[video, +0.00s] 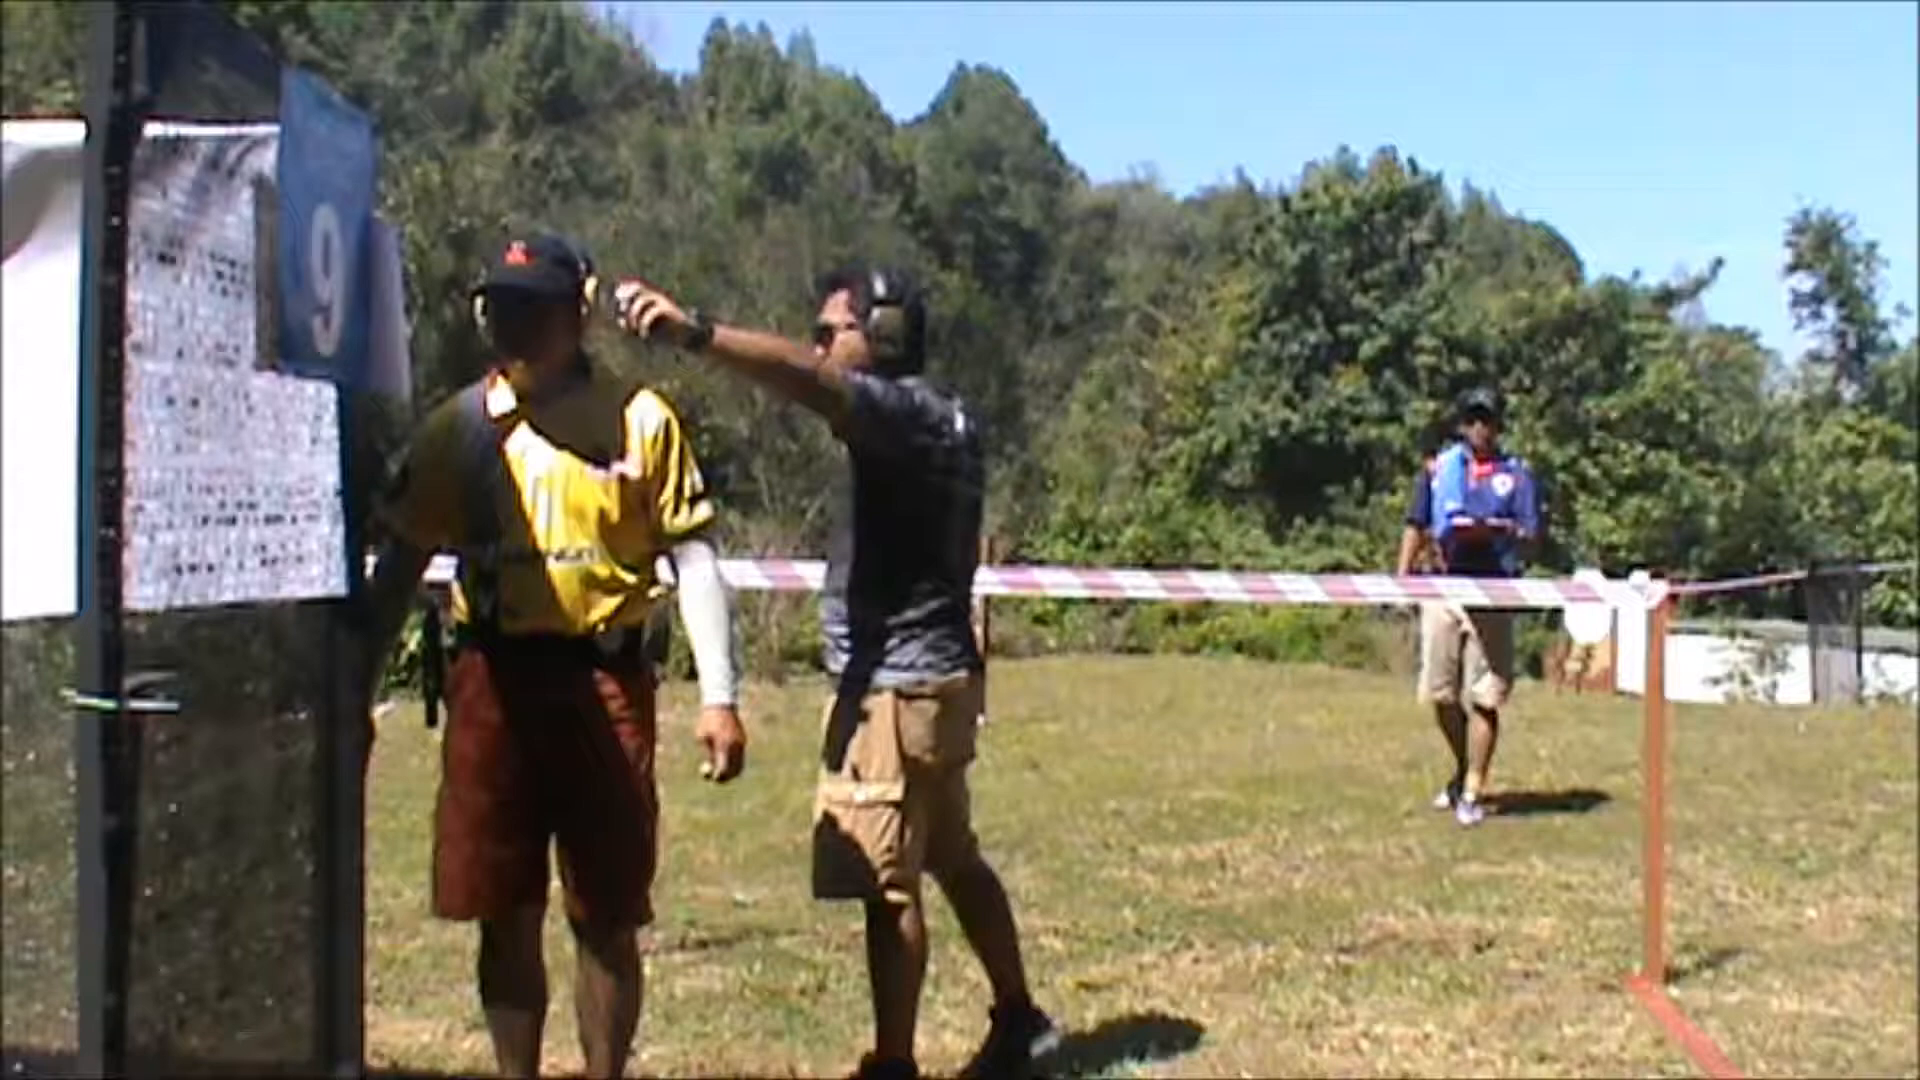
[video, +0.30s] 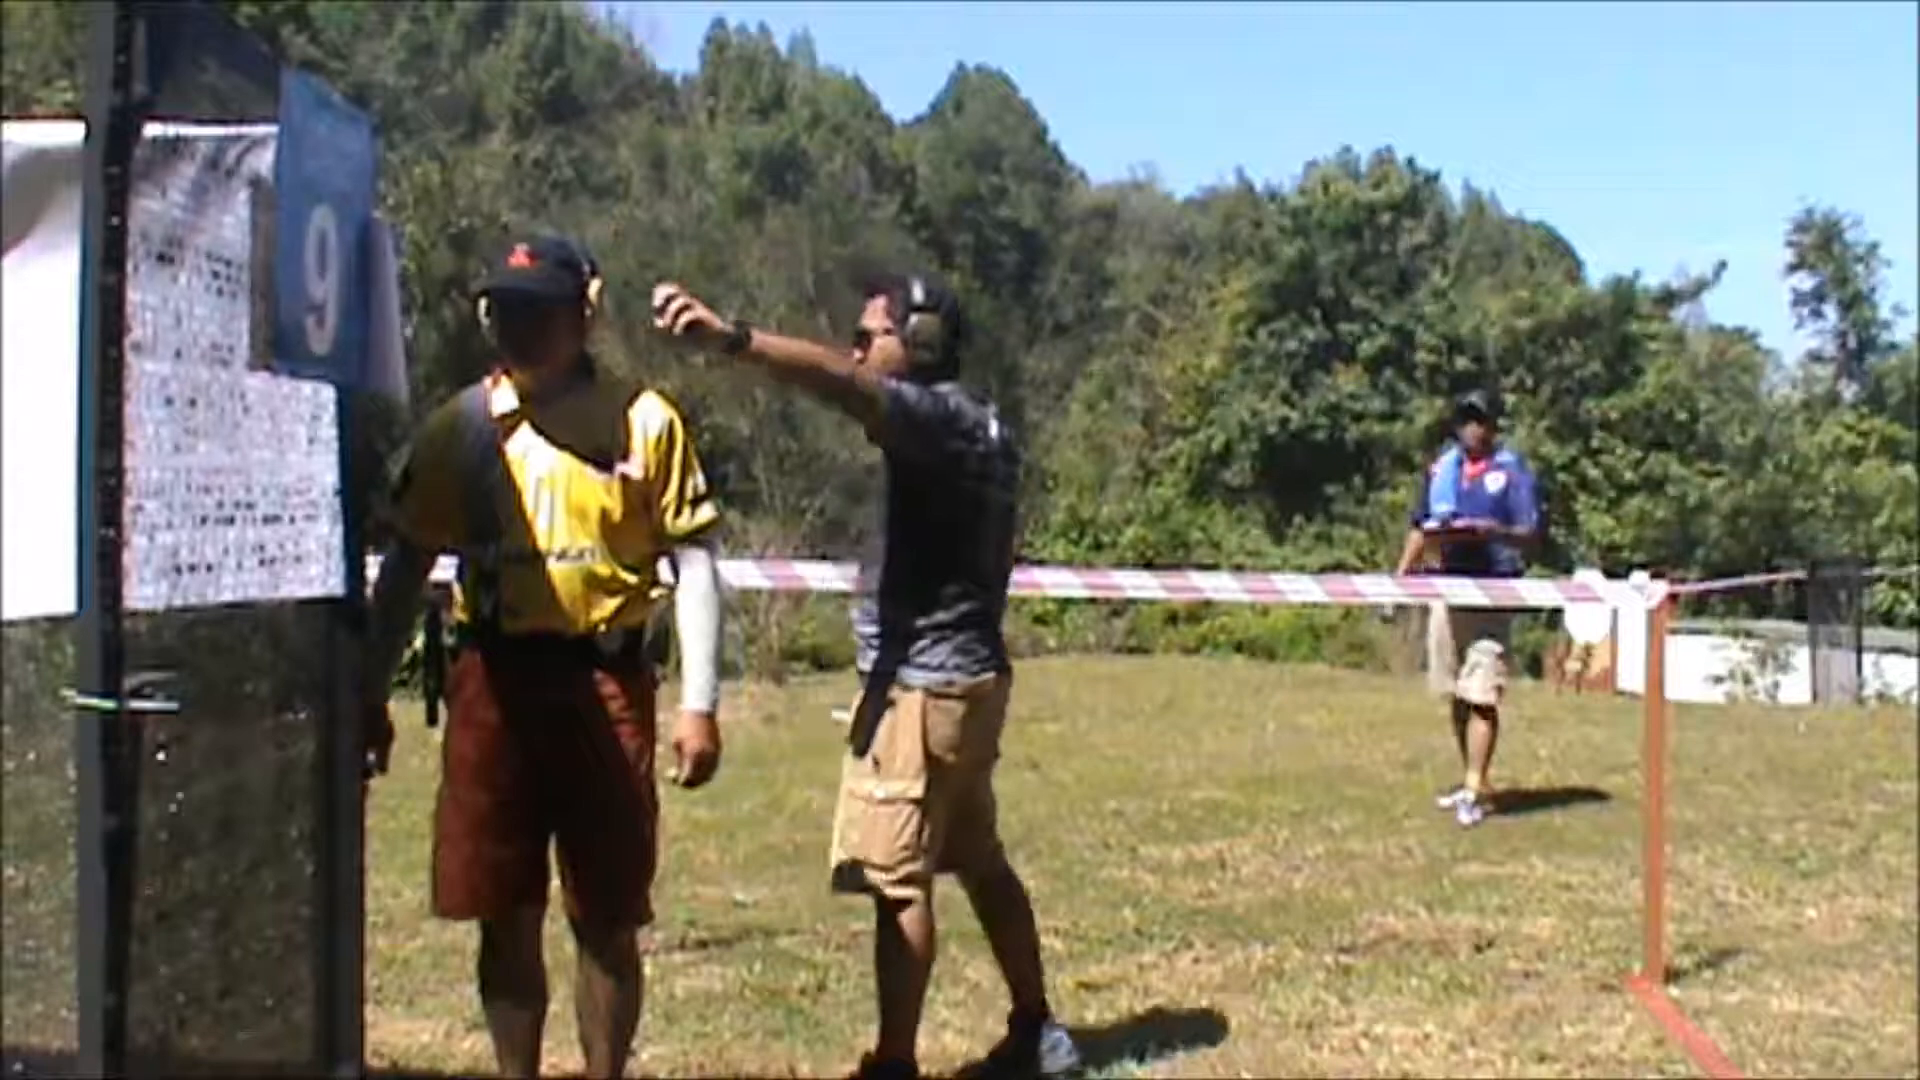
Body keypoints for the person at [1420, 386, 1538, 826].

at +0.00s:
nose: (1479, 430)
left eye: (1486, 422)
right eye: (1471, 422)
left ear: (1498, 428)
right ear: (1461, 426)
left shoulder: (1516, 474)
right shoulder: (1439, 470)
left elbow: (1532, 538)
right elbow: (1416, 525)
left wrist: (1494, 529)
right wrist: (1403, 571)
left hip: (1493, 593)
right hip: (1442, 590)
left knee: (1486, 698)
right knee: (1442, 694)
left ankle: (1475, 789)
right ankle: (1460, 767)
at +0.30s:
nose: (1473, 431)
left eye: (1481, 423)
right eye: (1466, 422)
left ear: (1493, 428)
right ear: (1456, 427)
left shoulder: (1513, 472)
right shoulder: (1441, 470)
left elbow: (1533, 535)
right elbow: (1422, 527)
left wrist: (1488, 532)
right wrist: (1402, 573)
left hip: (1492, 591)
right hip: (1448, 590)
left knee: (1483, 692)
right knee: (1455, 691)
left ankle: (1475, 788)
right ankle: (1469, 777)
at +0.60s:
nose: (1468, 432)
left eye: (1477, 424)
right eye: (1463, 424)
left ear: (1493, 429)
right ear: (1456, 428)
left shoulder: (1513, 468)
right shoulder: (1448, 470)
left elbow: (1529, 529)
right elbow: (1439, 526)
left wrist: (1488, 529)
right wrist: (1438, 536)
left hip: (1496, 588)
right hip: (1452, 587)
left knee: (1486, 689)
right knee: (1459, 690)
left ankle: (1480, 782)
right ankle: (1472, 776)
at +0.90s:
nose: (1473, 431)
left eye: (1481, 424)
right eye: (1468, 423)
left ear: (1496, 428)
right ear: (1462, 428)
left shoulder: (1518, 469)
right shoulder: (1453, 469)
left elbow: (1533, 527)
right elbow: (1441, 521)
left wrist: (1493, 522)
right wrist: (1443, 534)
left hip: (1498, 586)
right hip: (1455, 585)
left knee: (1494, 690)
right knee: (1463, 689)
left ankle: (1490, 784)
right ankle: (1472, 776)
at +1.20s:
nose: (1474, 440)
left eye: (1481, 432)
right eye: (1467, 433)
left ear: (1495, 433)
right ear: (1459, 435)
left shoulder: (1519, 471)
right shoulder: (1449, 474)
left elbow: (1538, 536)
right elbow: (1437, 527)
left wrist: (1502, 522)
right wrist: (1467, 526)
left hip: (1502, 588)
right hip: (1456, 587)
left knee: (1493, 689)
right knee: (1462, 688)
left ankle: (1489, 783)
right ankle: (1472, 776)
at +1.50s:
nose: (1475, 442)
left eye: (1482, 434)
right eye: (1468, 435)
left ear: (1494, 434)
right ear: (1458, 437)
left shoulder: (1517, 474)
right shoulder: (1446, 473)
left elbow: (1537, 534)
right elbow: (1423, 525)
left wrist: (1504, 522)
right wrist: (1452, 525)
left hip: (1497, 588)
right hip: (1451, 587)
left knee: (1491, 691)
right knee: (1460, 690)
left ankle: (1490, 783)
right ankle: (1472, 776)